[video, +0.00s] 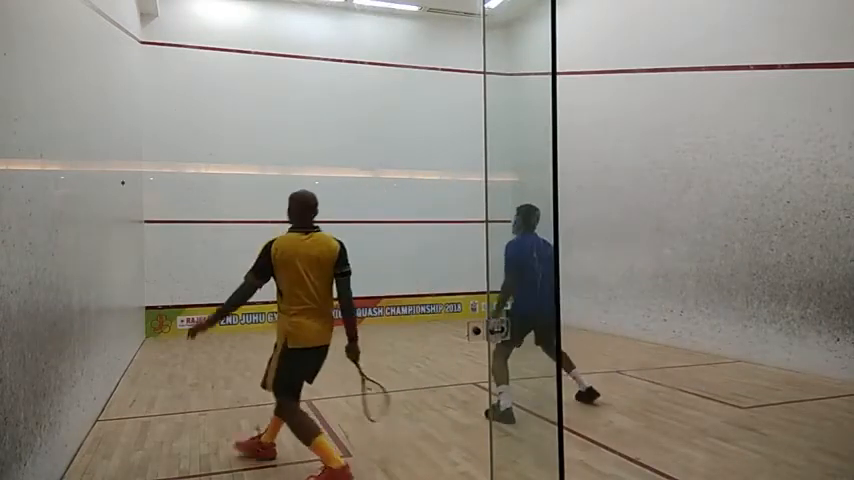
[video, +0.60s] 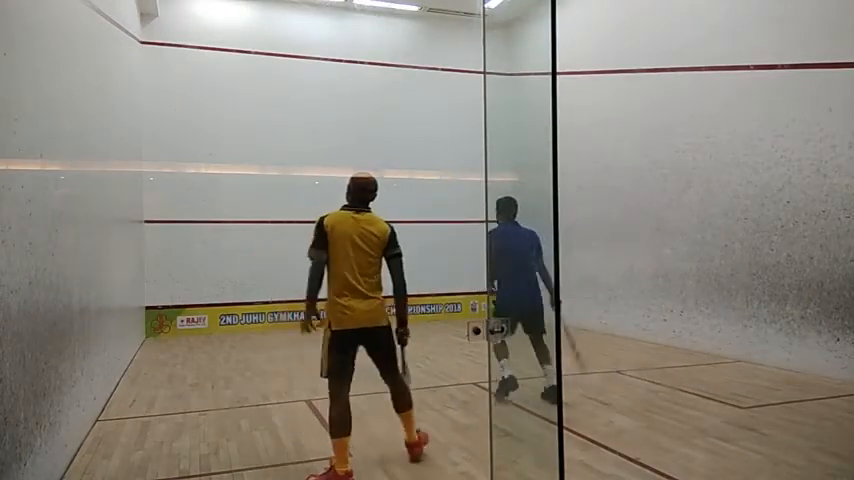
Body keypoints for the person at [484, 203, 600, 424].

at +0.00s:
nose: (512, 221)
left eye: (515, 218)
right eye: (514, 217)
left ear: (521, 221)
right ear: (535, 222)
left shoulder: (514, 246)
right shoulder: (547, 247)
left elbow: (510, 282)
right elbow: (553, 280)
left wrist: (497, 312)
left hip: (523, 310)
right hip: (548, 310)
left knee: (499, 355)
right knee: (549, 345)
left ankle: (504, 406)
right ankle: (584, 386)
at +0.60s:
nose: (496, 215)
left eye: (497, 212)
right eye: (498, 212)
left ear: (499, 214)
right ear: (516, 213)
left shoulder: (493, 237)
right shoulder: (531, 236)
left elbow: (491, 270)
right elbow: (542, 269)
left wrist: (490, 290)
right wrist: (553, 293)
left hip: (506, 298)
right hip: (531, 298)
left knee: (496, 334)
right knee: (537, 339)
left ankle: (507, 374)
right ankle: (552, 384)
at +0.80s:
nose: (479, 215)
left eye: (479, 212)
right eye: (481, 211)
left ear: (479, 212)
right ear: (496, 211)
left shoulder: (477, 233)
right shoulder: (511, 232)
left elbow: (484, 258)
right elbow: (520, 264)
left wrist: (479, 279)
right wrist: (525, 290)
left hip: (496, 293)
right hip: (518, 291)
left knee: (497, 333)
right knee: (527, 331)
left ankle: (513, 371)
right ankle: (545, 368)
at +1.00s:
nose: (457, 221)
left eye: (457, 218)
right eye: (458, 218)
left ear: (458, 219)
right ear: (474, 217)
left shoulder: (459, 240)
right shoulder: (488, 235)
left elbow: (462, 269)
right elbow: (505, 262)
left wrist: (454, 281)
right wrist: (501, 285)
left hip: (480, 295)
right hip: (497, 292)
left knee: (490, 338)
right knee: (502, 330)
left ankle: (514, 370)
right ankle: (525, 355)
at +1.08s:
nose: (445, 218)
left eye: (445, 215)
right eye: (447, 215)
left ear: (446, 216)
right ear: (463, 214)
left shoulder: (447, 235)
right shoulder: (476, 231)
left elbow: (448, 263)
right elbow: (492, 254)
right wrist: (490, 278)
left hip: (465, 287)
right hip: (484, 285)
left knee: (480, 325)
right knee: (487, 323)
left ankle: (503, 363)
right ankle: (498, 361)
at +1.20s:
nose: (432, 215)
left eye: (433, 212)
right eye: (433, 212)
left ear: (435, 213)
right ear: (450, 213)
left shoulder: (435, 233)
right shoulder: (462, 230)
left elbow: (440, 261)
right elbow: (479, 252)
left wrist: (428, 271)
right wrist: (475, 272)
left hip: (453, 287)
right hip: (469, 285)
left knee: (467, 325)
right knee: (464, 322)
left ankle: (501, 360)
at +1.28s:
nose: (422, 224)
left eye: (423, 221)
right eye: (422, 221)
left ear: (426, 221)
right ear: (437, 221)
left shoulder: (425, 243)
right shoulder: (447, 240)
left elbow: (458, 263)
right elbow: (460, 263)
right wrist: (451, 280)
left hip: (442, 291)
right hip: (450, 289)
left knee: (447, 329)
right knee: (441, 326)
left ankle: (485, 354)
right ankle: (452, 361)